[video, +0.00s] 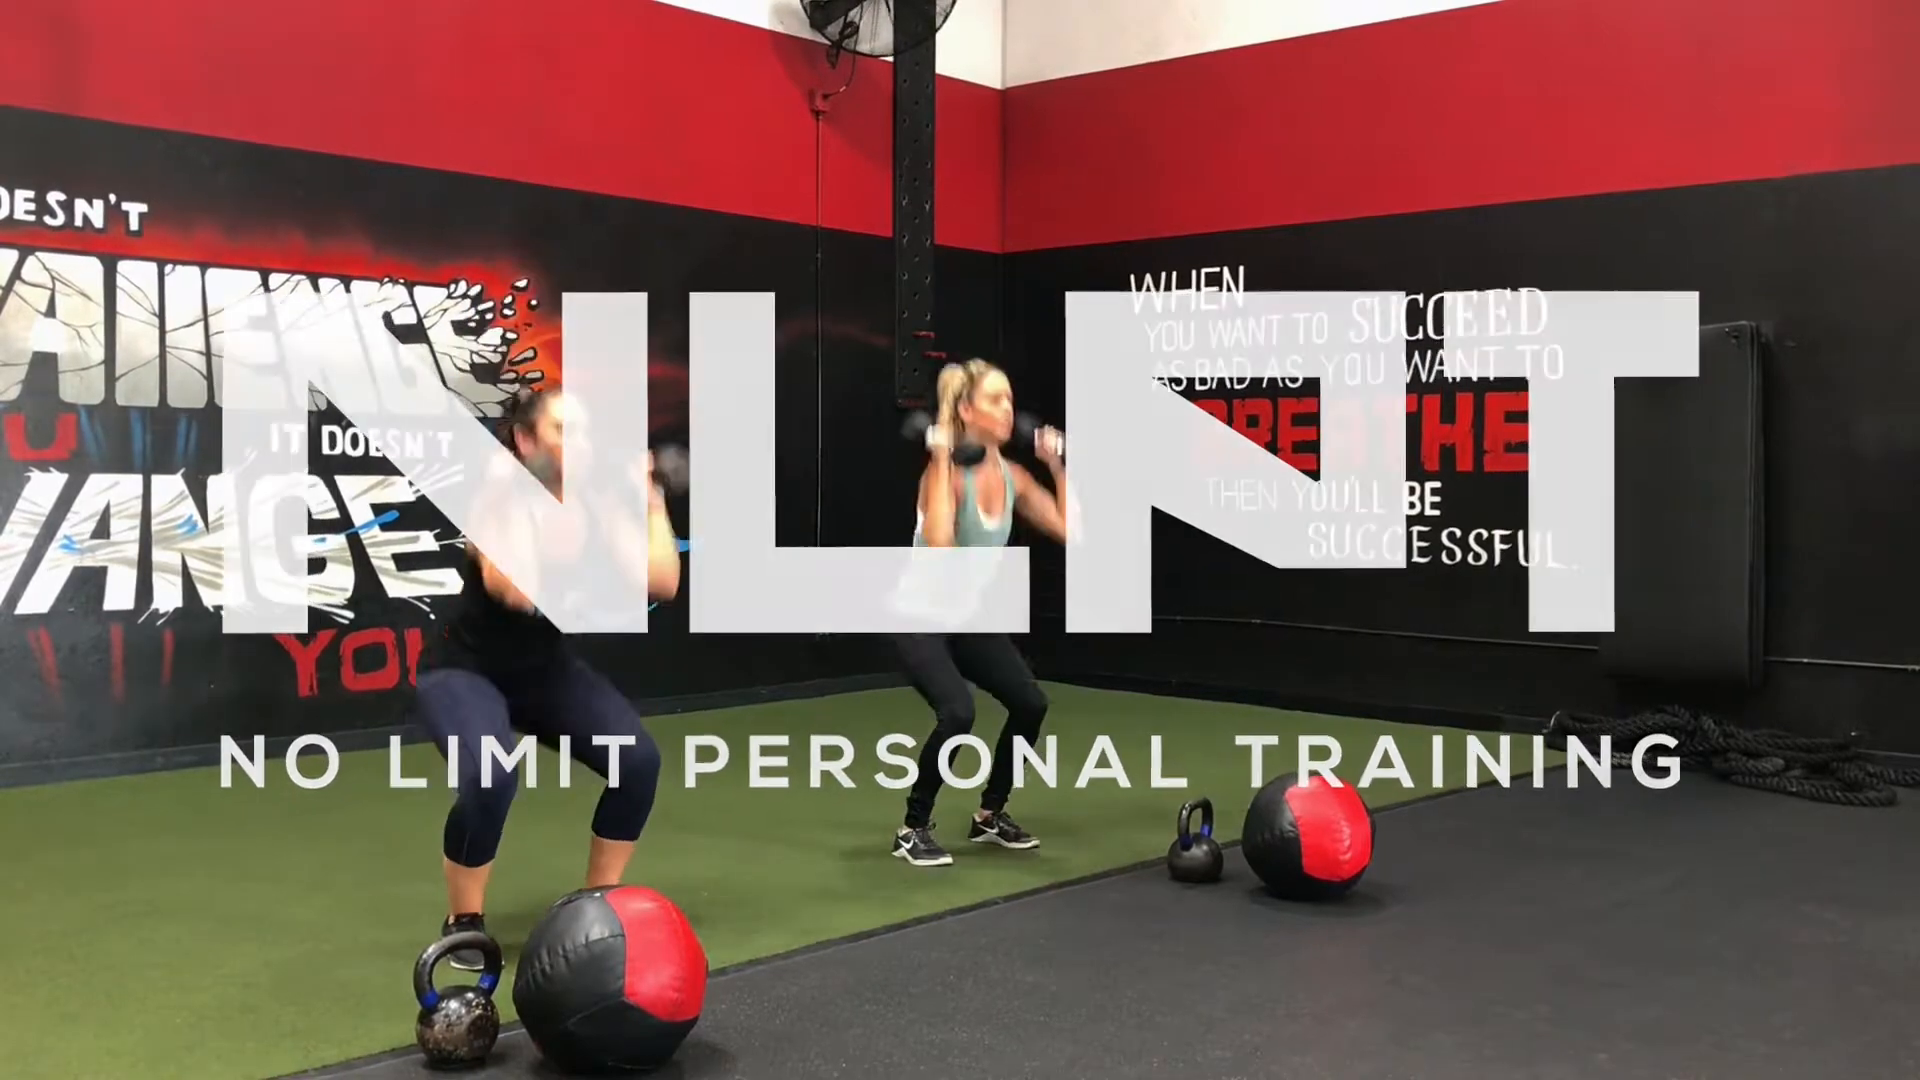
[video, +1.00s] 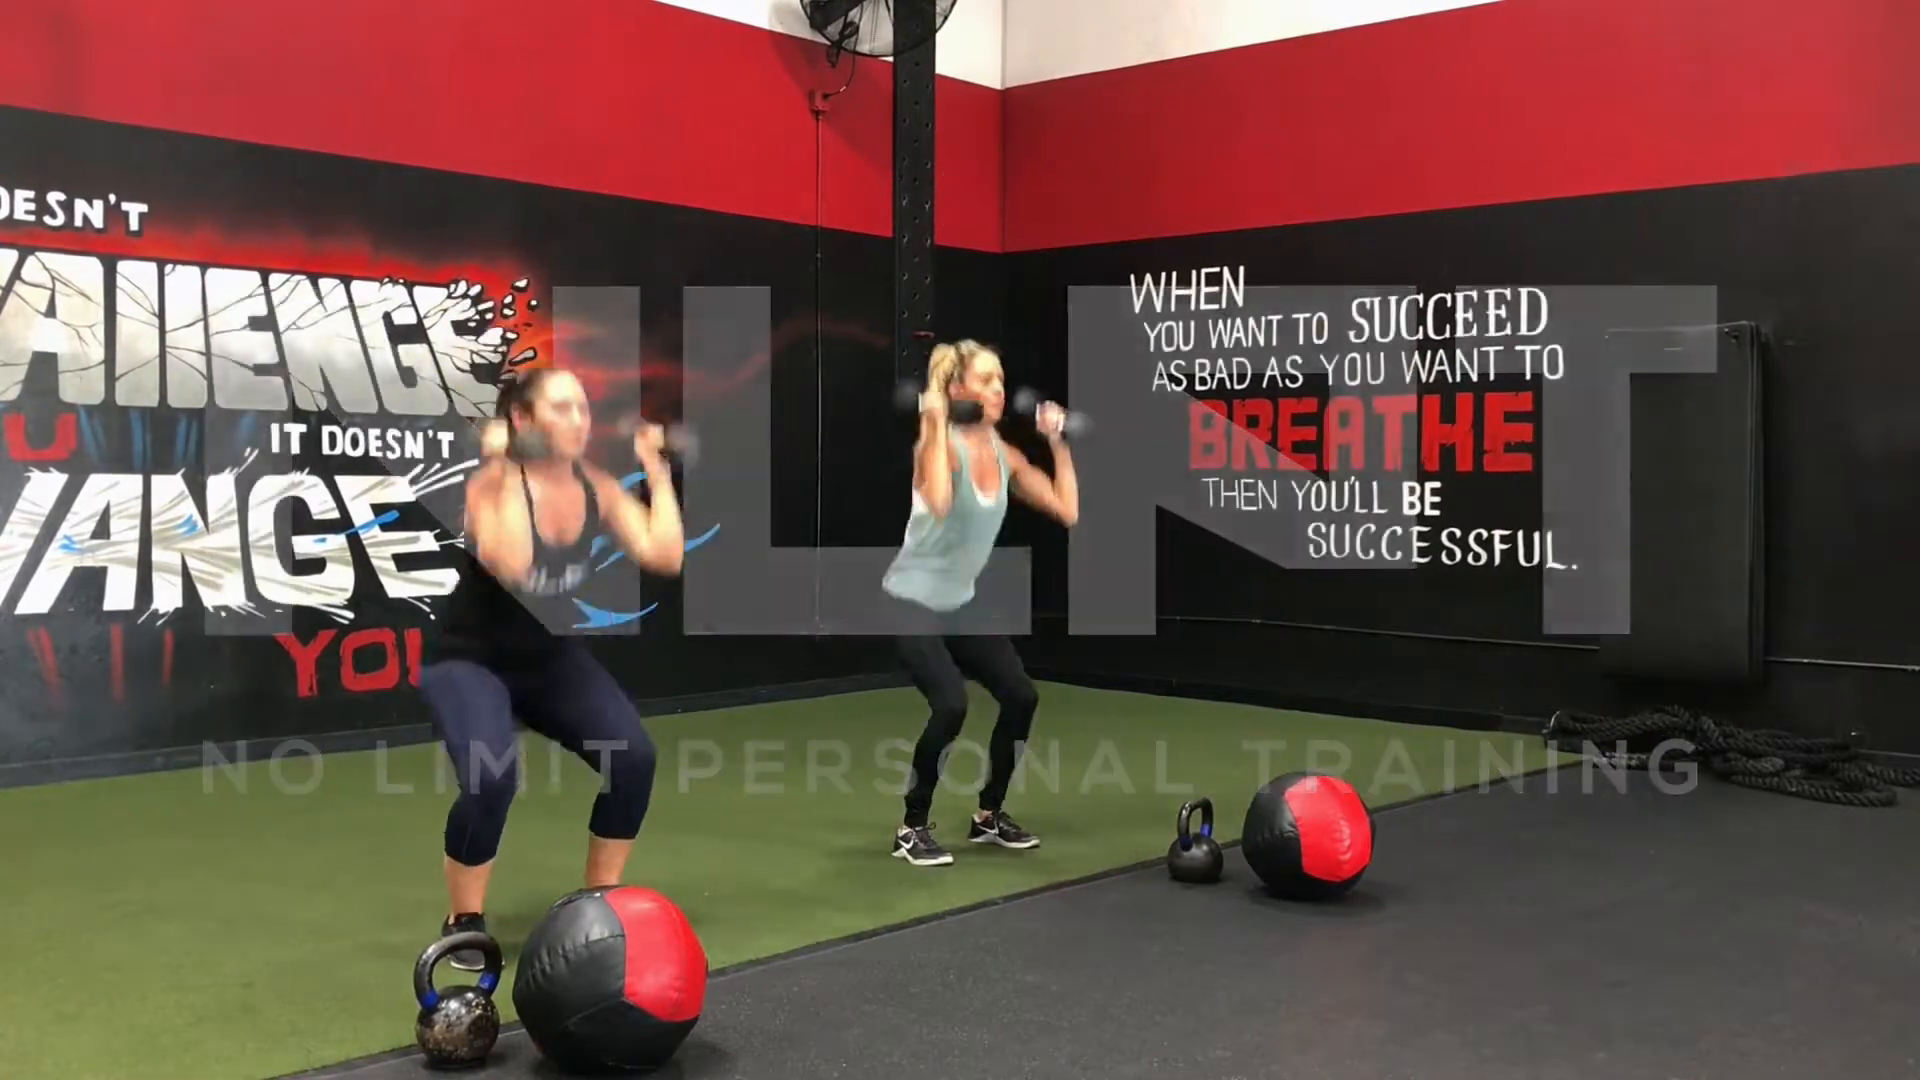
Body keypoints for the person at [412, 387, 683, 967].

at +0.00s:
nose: (573, 441)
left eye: (577, 429)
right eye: (560, 429)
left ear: (587, 437)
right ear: (524, 438)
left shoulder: (596, 499)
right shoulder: (500, 490)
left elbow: (664, 582)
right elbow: (512, 591)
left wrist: (653, 498)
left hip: (543, 663)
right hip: (463, 665)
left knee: (637, 762)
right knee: (490, 773)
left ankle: (594, 909)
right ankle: (465, 926)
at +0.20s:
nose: (554, 325)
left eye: (559, 314)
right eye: (538, 314)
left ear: (567, 323)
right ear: (501, 327)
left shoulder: (585, 391)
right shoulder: (479, 397)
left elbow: (654, 327)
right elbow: (498, 322)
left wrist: (630, 238)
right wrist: (491, 218)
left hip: (582, 599)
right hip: (497, 604)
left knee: (586, 752)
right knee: (486, 757)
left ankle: (597, 905)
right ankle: (466, 923)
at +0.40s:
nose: (552, 325)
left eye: (558, 315)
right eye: (537, 315)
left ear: (566, 325)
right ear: (501, 327)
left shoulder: (584, 391)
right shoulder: (479, 394)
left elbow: (649, 329)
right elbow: (485, 317)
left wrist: (628, 240)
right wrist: (484, 217)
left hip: (582, 602)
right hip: (496, 606)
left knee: (588, 752)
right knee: (489, 756)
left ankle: (597, 906)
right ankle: (466, 921)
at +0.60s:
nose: (571, 435)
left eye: (577, 423)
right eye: (557, 423)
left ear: (586, 434)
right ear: (520, 432)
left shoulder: (589, 504)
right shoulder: (494, 494)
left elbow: (646, 588)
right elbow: (495, 595)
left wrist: (655, 499)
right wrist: (491, 493)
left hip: (535, 654)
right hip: (461, 655)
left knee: (628, 752)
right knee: (483, 764)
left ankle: (596, 904)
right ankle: (464, 924)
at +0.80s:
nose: (593, 556)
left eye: (599, 544)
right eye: (577, 543)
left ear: (607, 550)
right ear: (538, 555)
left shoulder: (602, 611)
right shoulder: (497, 618)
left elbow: (633, 713)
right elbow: (505, 732)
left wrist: (656, 638)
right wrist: (513, 640)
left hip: (537, 739)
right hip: (450, 739)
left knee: (643, 766)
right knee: (499, 793)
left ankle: (597, 907)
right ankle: (466, 926)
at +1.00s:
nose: (579, 418)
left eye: (582, 407)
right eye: (562, 408)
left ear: (587, 415)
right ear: (524, 419)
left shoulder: (596, 486)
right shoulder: (495, 482)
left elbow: (666, 555)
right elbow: (511, 561)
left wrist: (658, 472)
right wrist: (500, 467)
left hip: (547, 653)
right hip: (468, 655)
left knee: (632, 758)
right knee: (491, 774)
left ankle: (596, 910)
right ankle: (465, 928)